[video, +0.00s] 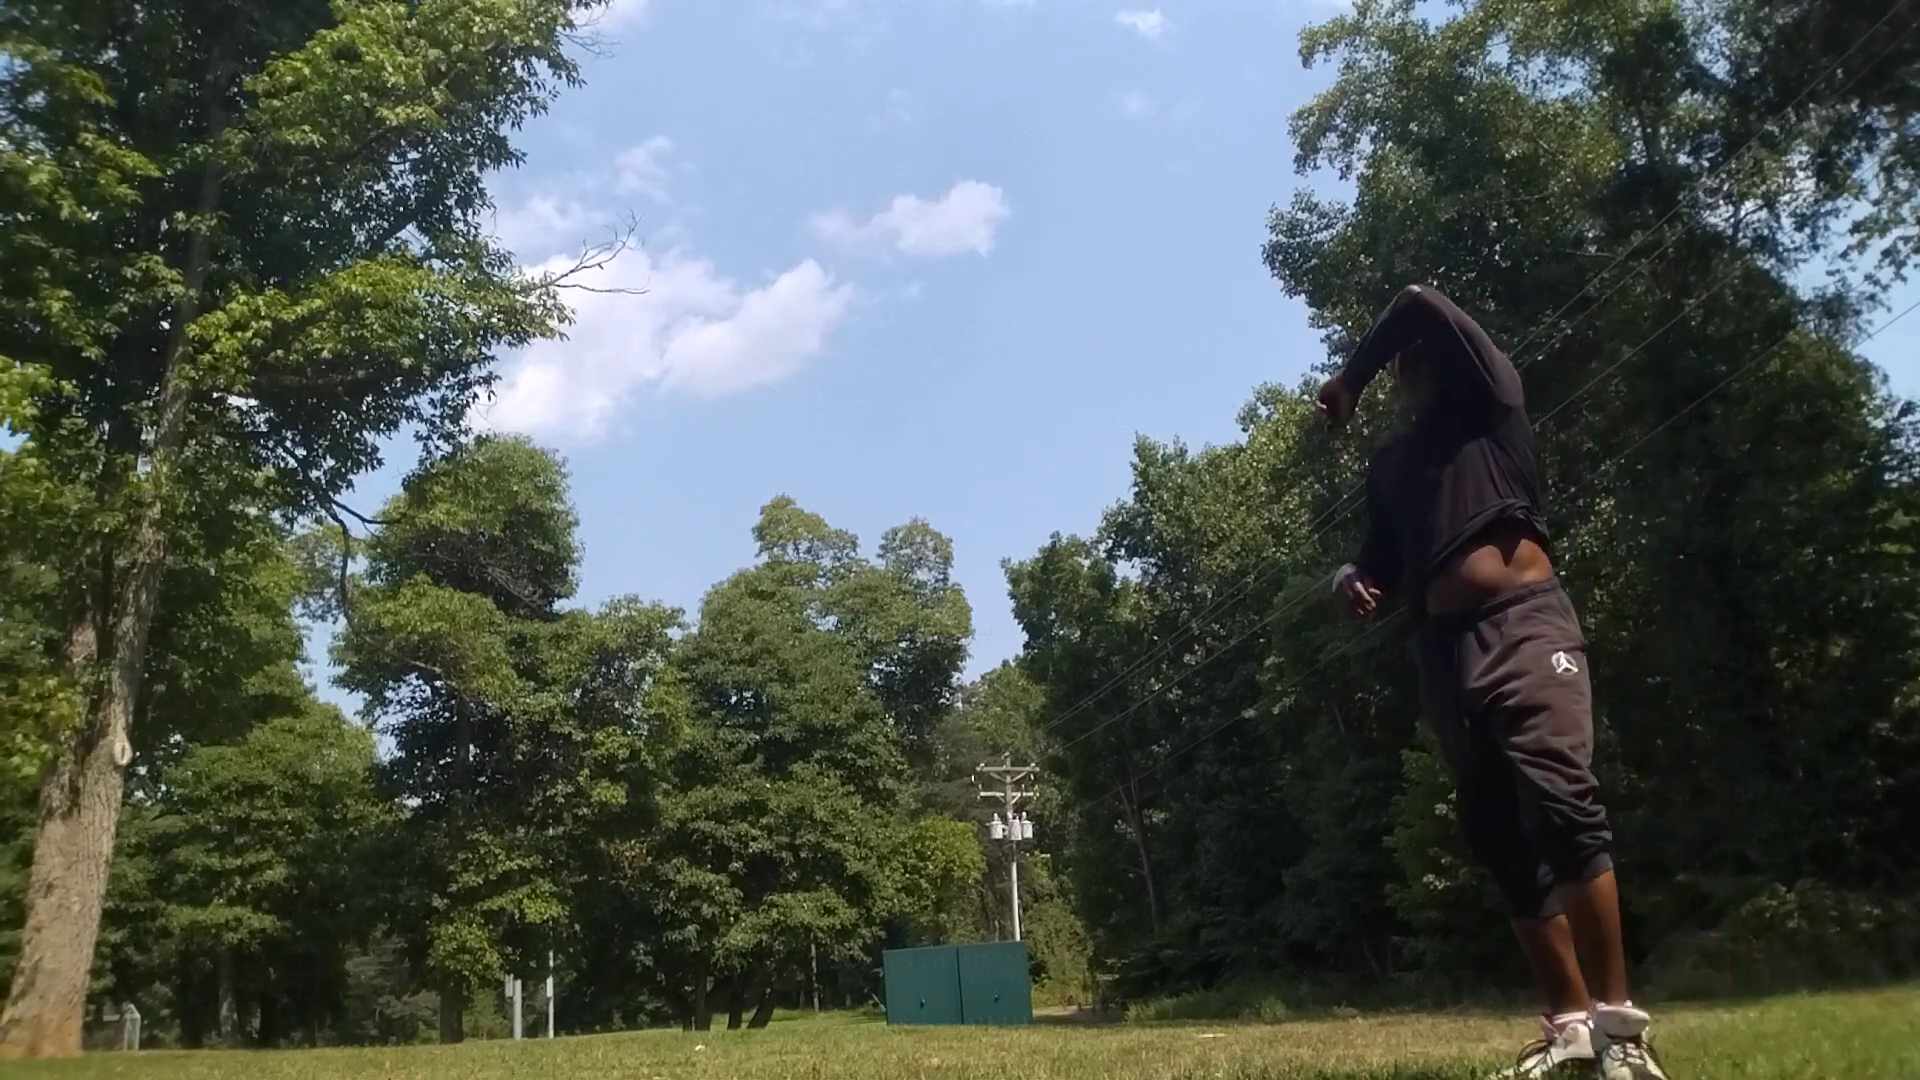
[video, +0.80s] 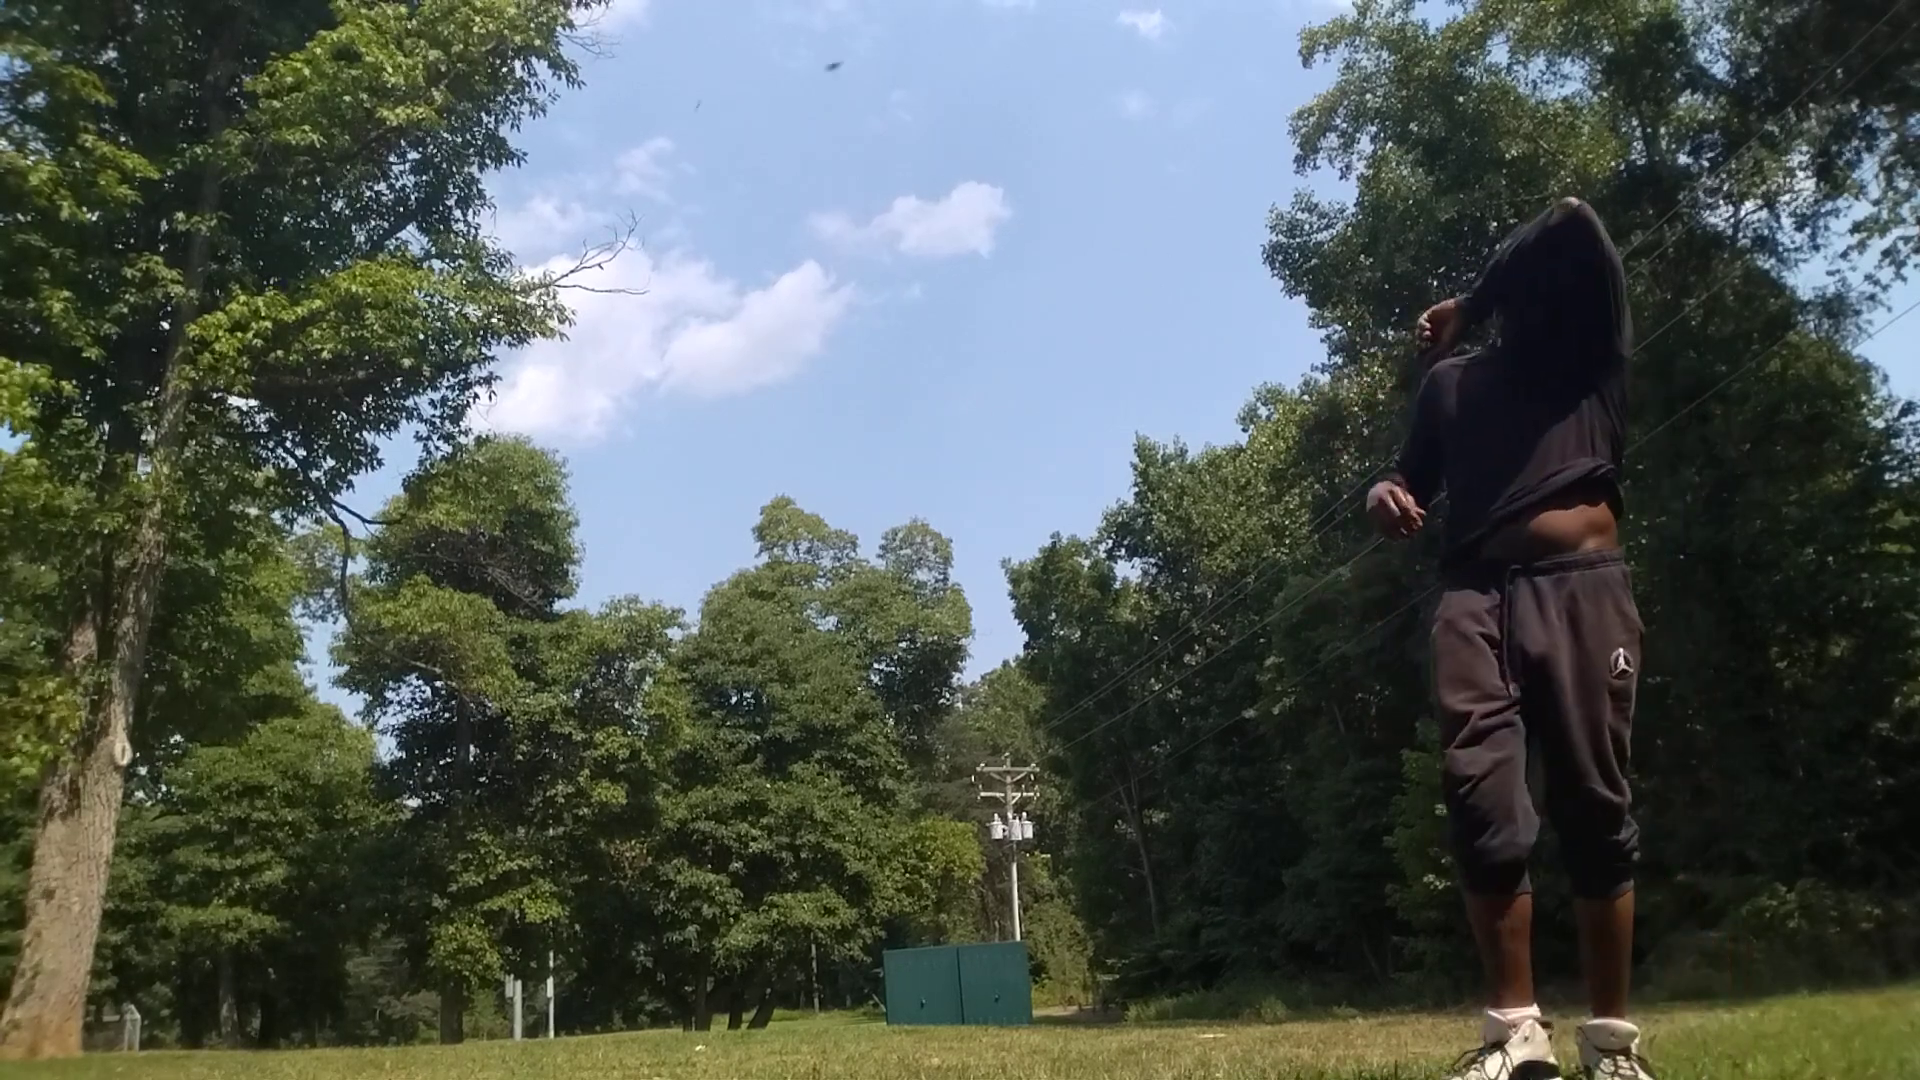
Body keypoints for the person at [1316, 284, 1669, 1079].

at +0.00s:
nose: (1401, 365)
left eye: (1413, 349)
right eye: (1397, 358)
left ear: (1445, 354)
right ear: (1402, 375)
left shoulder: (1490, 396)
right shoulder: (1388, 464)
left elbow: (1416, 300)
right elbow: (1379, 566)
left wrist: (1350, 375)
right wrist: (1354, 583)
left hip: (1527, 615)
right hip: (1447, 645)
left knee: (1563, 801)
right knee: (1498, 828)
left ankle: (1618, 1021)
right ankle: (1568, 1024)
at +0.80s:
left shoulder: (1583, 328)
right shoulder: (1444, 377)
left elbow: (1571, 225)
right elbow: (1413, 477)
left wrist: (1467, 302)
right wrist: (1390, 490)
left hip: (1582, 581)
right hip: (1473, 592)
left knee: (1597, 809)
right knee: (1482, 806)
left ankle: (1610, 1035)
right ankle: (1514, 1030)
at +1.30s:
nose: (1492, 235)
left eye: (1510, 218)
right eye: (1478, 222)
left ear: (1553, 221)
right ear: (1462, 232)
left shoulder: (1617, 295)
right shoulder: (1439, 327)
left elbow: (1764, 262)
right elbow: (1307, 381)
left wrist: (1632, 271)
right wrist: (1364, 299)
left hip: (1629, 561)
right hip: (1519, 576)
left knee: (1657, 792)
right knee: (1595, 797)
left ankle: (1604, 997)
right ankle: (1672, 1035)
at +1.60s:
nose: (1503, 181)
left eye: (1514, 163)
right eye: (1485, 173)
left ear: (1555, 173)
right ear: (1469, 198)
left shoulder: (1639, 257)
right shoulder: (1442, 275)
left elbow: (1722, 360)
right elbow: (1318, 217)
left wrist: (1793, 427)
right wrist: (1438, 169)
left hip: (1660, 531)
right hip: (1534, 553)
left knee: (1751, 755)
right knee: (1594, 788)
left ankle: (1749, 992)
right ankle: (1667, 1028)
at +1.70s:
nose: (1503, 172)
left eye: (1519, 154)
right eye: (1486, 161)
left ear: (1564, 165)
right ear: (1474, 186)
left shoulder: (1649, 247)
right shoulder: (1457, 265)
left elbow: (1733, 365)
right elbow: (1359, 159)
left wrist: (1815, 469)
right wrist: (1503, 126)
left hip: (1674, 524)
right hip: (1544, 547)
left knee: (1774, 750)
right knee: (1604, 790)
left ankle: (1831, 1007)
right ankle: (1672, 1036)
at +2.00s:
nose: (1619, 123)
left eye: (1614, 113)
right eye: (1589, 116)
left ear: (1630, 125)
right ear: (1552, 132)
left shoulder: (1728, 203)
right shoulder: (1529, 215)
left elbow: (1825, 341)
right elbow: (1495, 71)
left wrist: (1915, 442)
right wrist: (1641, 95)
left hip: (1751, 498)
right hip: (1603, 522)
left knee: (1845, 764)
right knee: (1651, 783)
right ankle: (1680, 1036)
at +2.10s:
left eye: (1611, 78)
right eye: (1599, 90)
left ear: (1647, 94)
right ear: (1575, 106)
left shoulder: (1760, 175)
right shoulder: (1556, 184)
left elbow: (1859, 307)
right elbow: (1514, 54)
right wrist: (1669, 82)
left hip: (1785, 478)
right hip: (1634, 502)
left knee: (1867, 756)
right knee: (1664, 771)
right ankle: (1681, 1028)